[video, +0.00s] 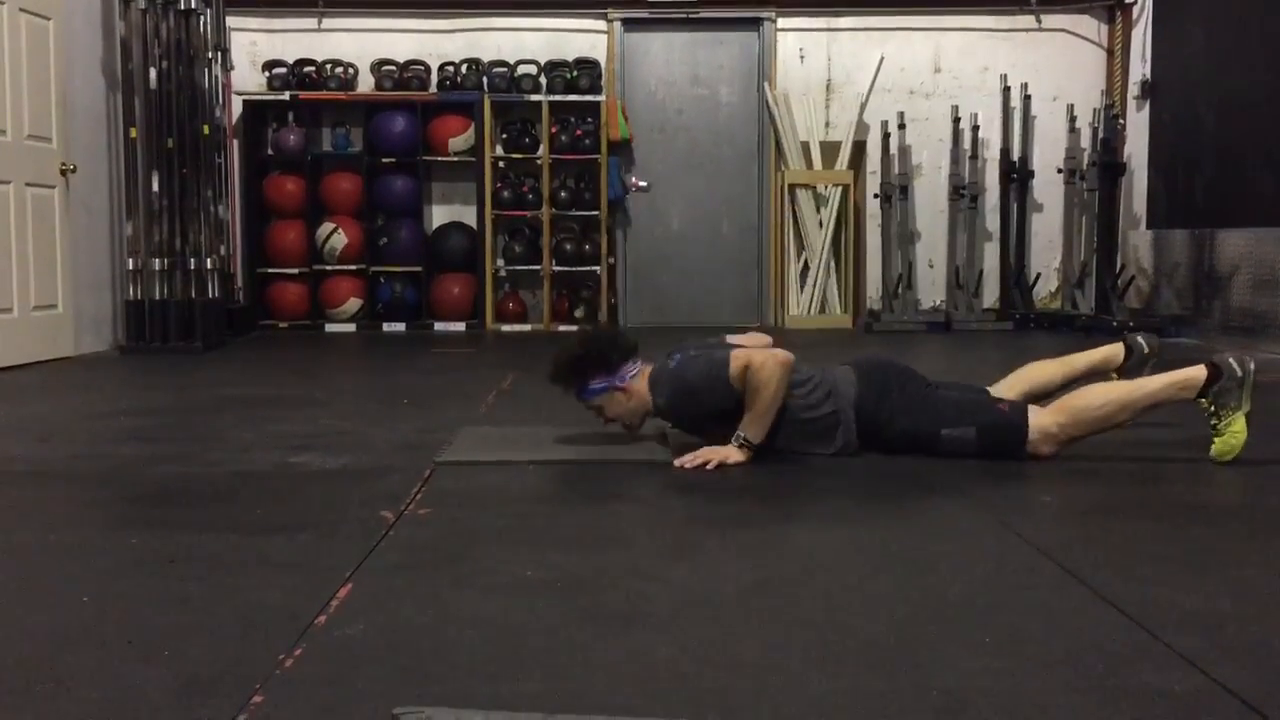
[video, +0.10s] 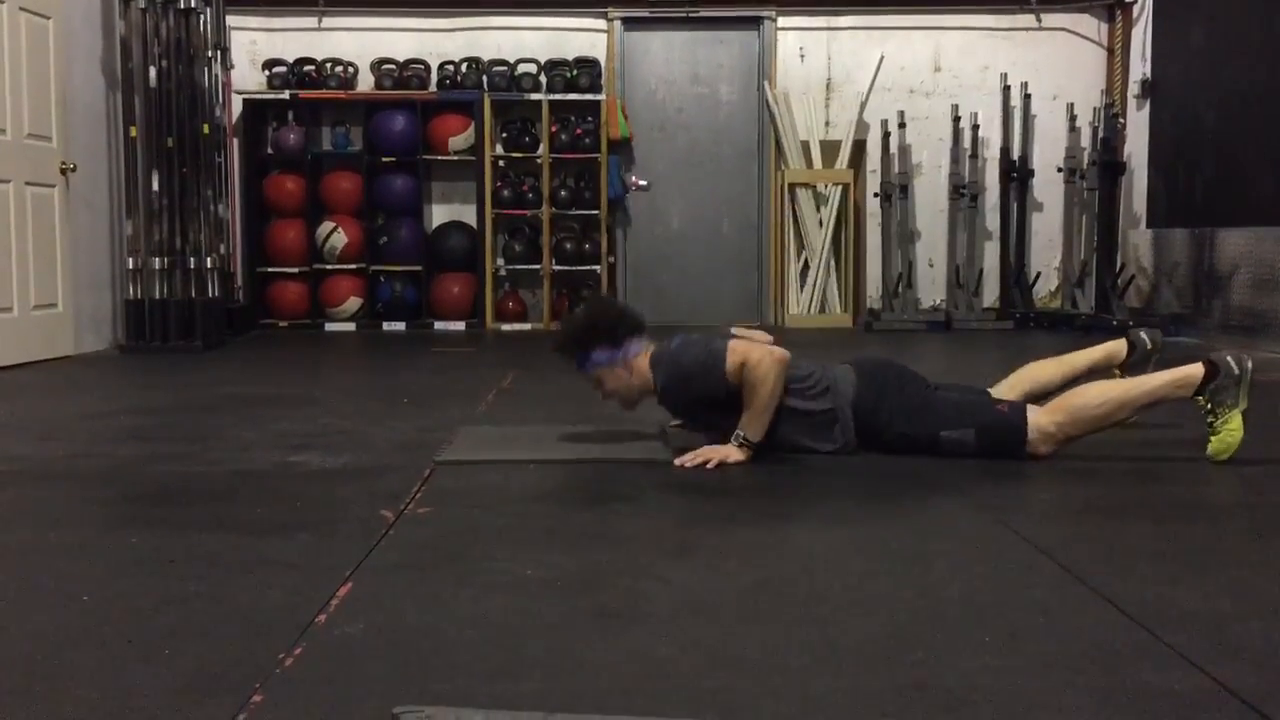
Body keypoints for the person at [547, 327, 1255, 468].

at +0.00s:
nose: (603, 419)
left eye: (597, 407)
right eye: (595, 410)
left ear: (616, 384)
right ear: (620, 373)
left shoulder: (672, 379)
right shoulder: (672, 376)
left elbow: (772, 361)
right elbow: (755, 359)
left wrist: (743, 443)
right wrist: (719, 432)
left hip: (875, 406)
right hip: (869, 386)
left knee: (1042, 431)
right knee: (1002, 404)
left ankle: (1199, 378)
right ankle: (1116, 347)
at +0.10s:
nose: (600, 390)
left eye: (597, 378)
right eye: (595, 380)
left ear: (613, 360)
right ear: (621, 345)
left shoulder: (673, 364)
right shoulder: (673, 355)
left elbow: (769, 359)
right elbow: (760, 352)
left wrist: (739, 441)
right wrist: (727, 425)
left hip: (872, 405)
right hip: (868, 389)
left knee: (1037, 432)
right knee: (1002, 406)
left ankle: (1197, 374)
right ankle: (1117, 346)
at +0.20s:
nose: (611, 333)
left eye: (611, 321)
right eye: (606, 323)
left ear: (636, 303)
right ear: (636, 301)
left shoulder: (690, 325)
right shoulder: (683, 328)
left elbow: (772, 360)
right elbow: (754, 367)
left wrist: (743, 441)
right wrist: (728, 429)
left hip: (874, 398)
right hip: (866, 392)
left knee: (1042, 432)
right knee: (1004, 404)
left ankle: (1202, 377)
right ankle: (1123, 352)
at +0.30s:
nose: (626, 288)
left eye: (626, 275)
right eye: (620, 276)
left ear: (654, 256)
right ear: (650, 258)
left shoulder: (718, 283)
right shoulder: (699, 286)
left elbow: (768, 353)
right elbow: (755, 353)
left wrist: (739, 442)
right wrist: (725, 414)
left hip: (881, 385)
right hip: (872, 378)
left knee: (1039, 429)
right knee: (1007, 403)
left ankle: (1196, 379)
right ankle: (1126, 350)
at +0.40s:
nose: (641, 274)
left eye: (635, 261)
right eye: (633, 264)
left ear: (654, 237)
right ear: (658, 231)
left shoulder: (728, 252)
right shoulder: (716, 253)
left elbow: (756, 345)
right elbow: (748, 343)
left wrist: (740, 440)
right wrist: (731, 412)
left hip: (891, 354)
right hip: (885, 348)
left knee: (1033, 422)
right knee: (1012, 396)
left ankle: (1203, 382)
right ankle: (1131, 358)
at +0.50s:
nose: (623, 272)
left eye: (615, 259)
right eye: (613, 264)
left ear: (632, 229)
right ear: (632, 232)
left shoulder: (710, 235)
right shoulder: (694, 246)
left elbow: (736, 338)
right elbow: (729, 338)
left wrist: (738, 439)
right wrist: (726, 417)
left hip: (883, 294)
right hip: (875, 303)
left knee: (1020, 357)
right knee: (1006, 349)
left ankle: (1197, 376)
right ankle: (1135, 360)